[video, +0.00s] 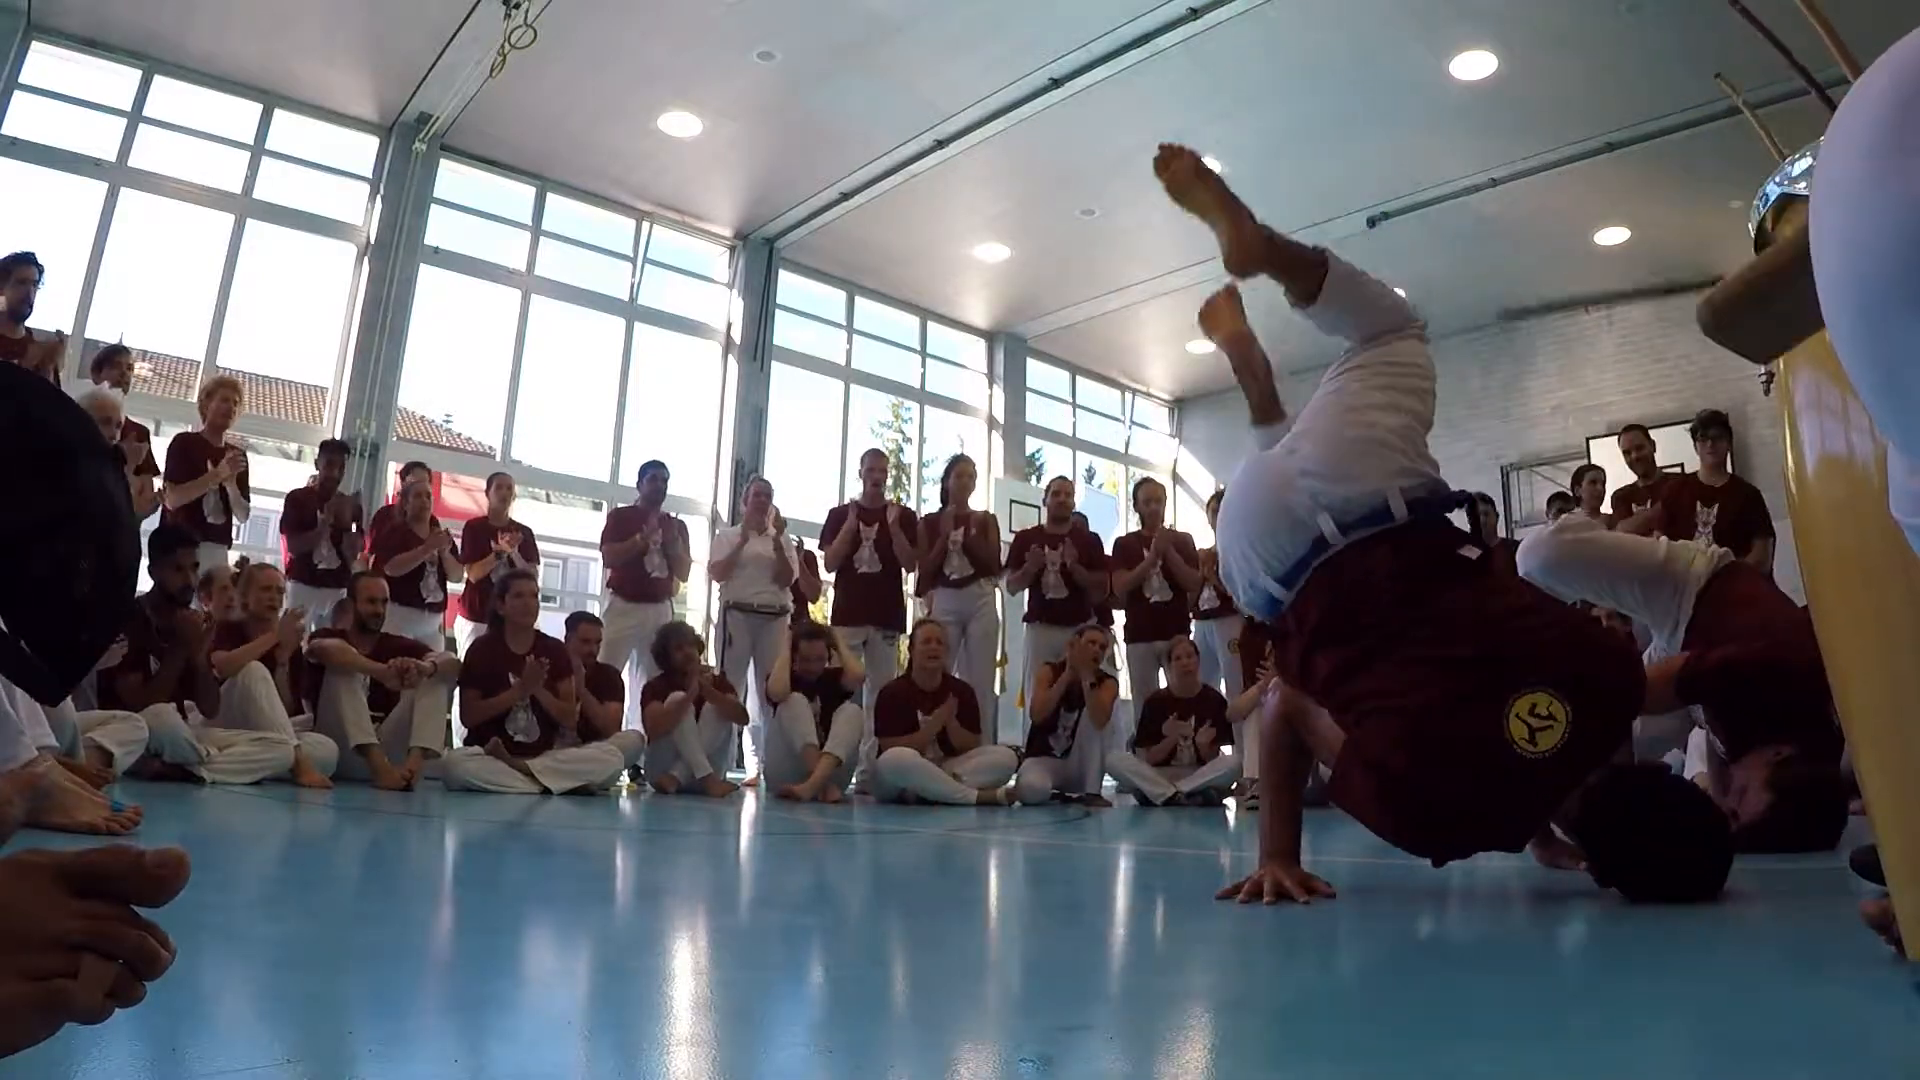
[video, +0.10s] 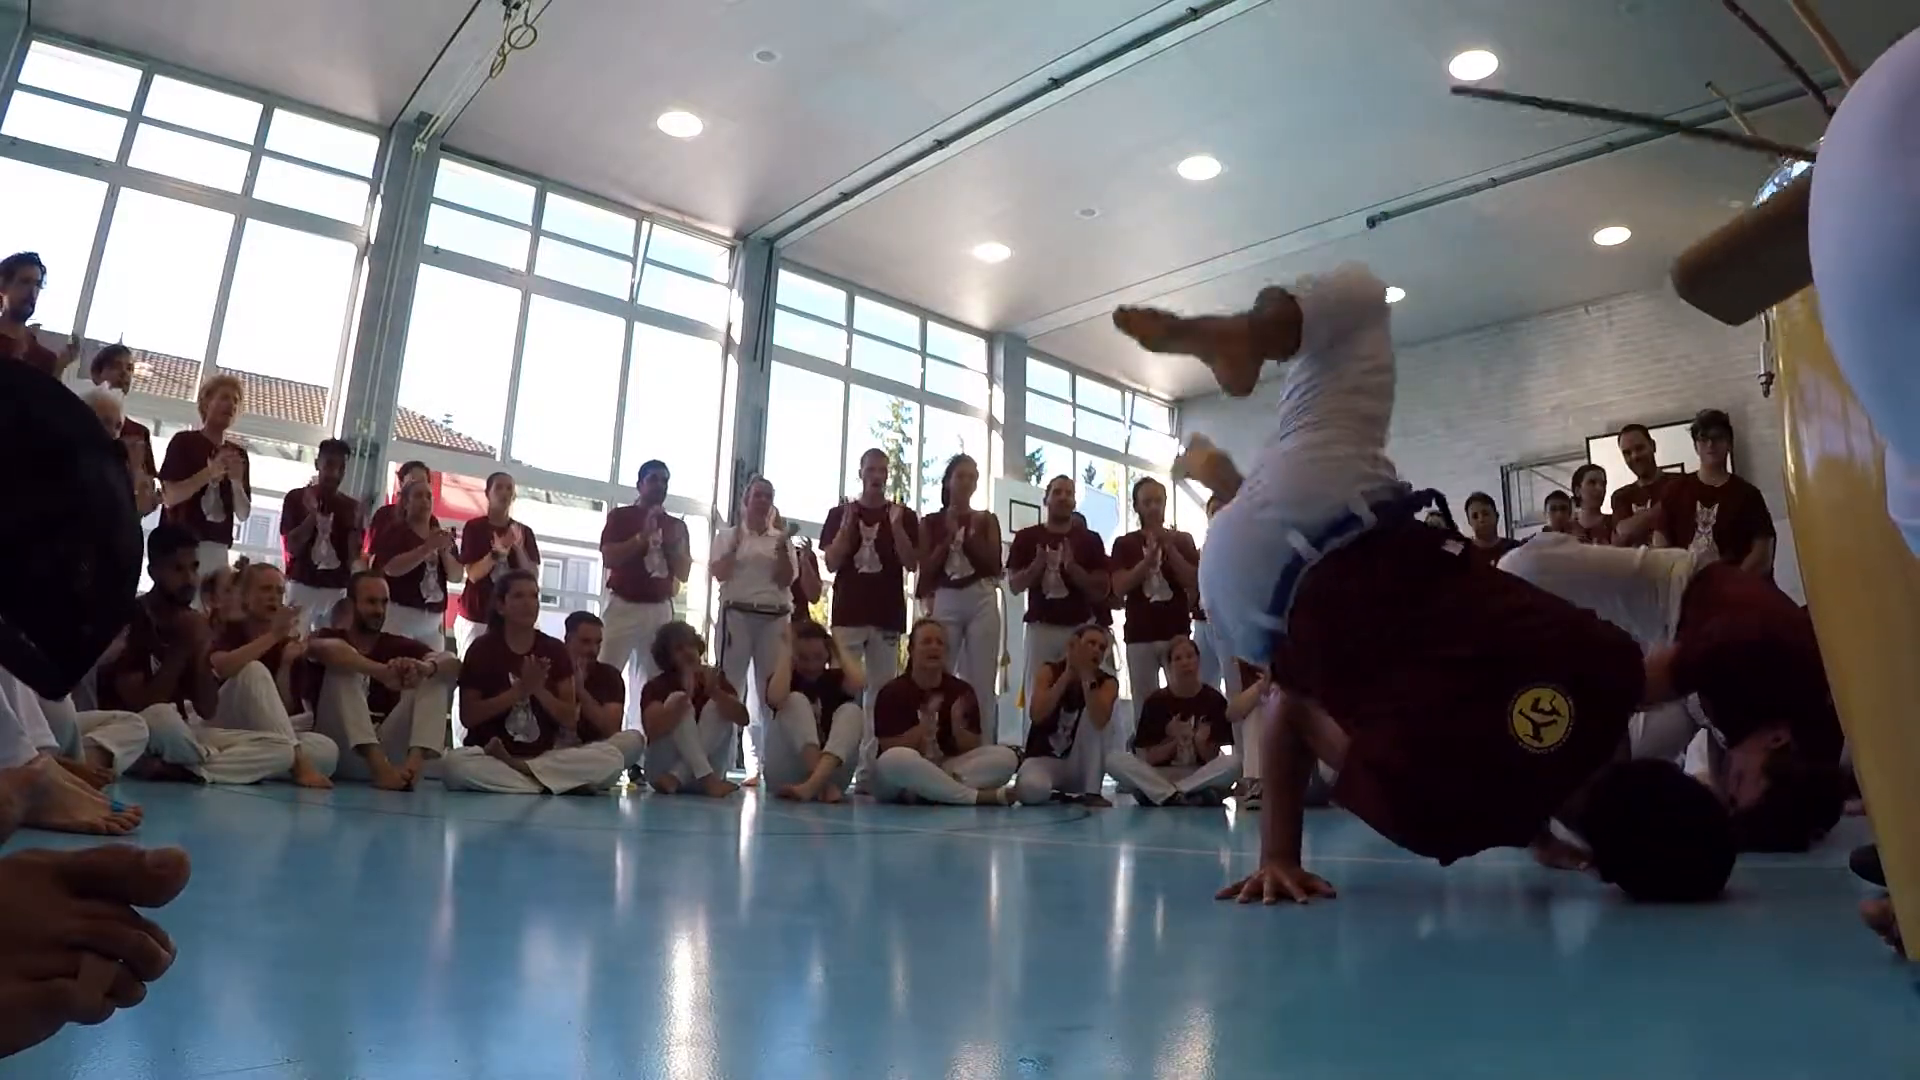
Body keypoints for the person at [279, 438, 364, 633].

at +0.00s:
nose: (335, 472)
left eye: (341, 467)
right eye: (329, 465)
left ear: (345, 469)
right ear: (317, 464)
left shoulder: (350, 505)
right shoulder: (297, 498)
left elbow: (352, 554)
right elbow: (294, 546)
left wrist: (346, 525)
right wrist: (322, 529)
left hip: (337, 588)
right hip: (302, 585)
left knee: (331, 654)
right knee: (293, 651)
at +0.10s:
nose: (334, 473)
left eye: (340, 468)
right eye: (329, 465)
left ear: (345, 470)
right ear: (317, 465)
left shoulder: (351, 507)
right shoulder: (295, 498)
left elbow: (354, 555)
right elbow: (291, 546)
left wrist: (357, 528)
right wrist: (312, 517)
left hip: (335, 590)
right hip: (301, 585)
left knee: (329, 655)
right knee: (291, 650)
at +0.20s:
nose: (335, 472)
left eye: (341, 467)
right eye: (330, 464)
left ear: (345, 470)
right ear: (318, 464)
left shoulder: (351, 506)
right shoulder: (297, 498)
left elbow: (351, 554)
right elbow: (294, 547)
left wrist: (345, 522)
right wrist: (315, 527)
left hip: (336, 588)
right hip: (301, 584)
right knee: (292, 651)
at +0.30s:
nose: (336, 472)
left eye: (342, 467)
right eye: (330, 464)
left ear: (346, 470)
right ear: (318, 464)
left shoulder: (351, 505)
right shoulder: (297, 497)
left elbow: (350, 552)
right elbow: (291, 545)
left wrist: (348, 523)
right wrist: (313, 515)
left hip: (336, 586)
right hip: (301, 582)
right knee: (292, 649)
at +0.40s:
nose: (337, 472)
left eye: (343, 467)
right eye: (331, 465)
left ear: (347, 471)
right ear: (319, 464)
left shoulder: (352, 507)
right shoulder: (297, 497)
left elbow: (353, 553)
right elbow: (288, 539)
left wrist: (359, 525)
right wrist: (304, 511)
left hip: (335, 588)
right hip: (301, 583)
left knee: (330, 652)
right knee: (292, 648)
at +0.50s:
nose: (337, 473)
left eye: (343, 468)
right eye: (332, 465)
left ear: (348, 471)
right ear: (321, 464)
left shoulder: (353, 506)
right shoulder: (298, 496)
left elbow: (352, 551)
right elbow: (293, 540)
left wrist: (348, 515)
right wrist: (317, 518)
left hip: (336, 589)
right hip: (301, 584)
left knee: (330, 653)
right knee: (293, 649)